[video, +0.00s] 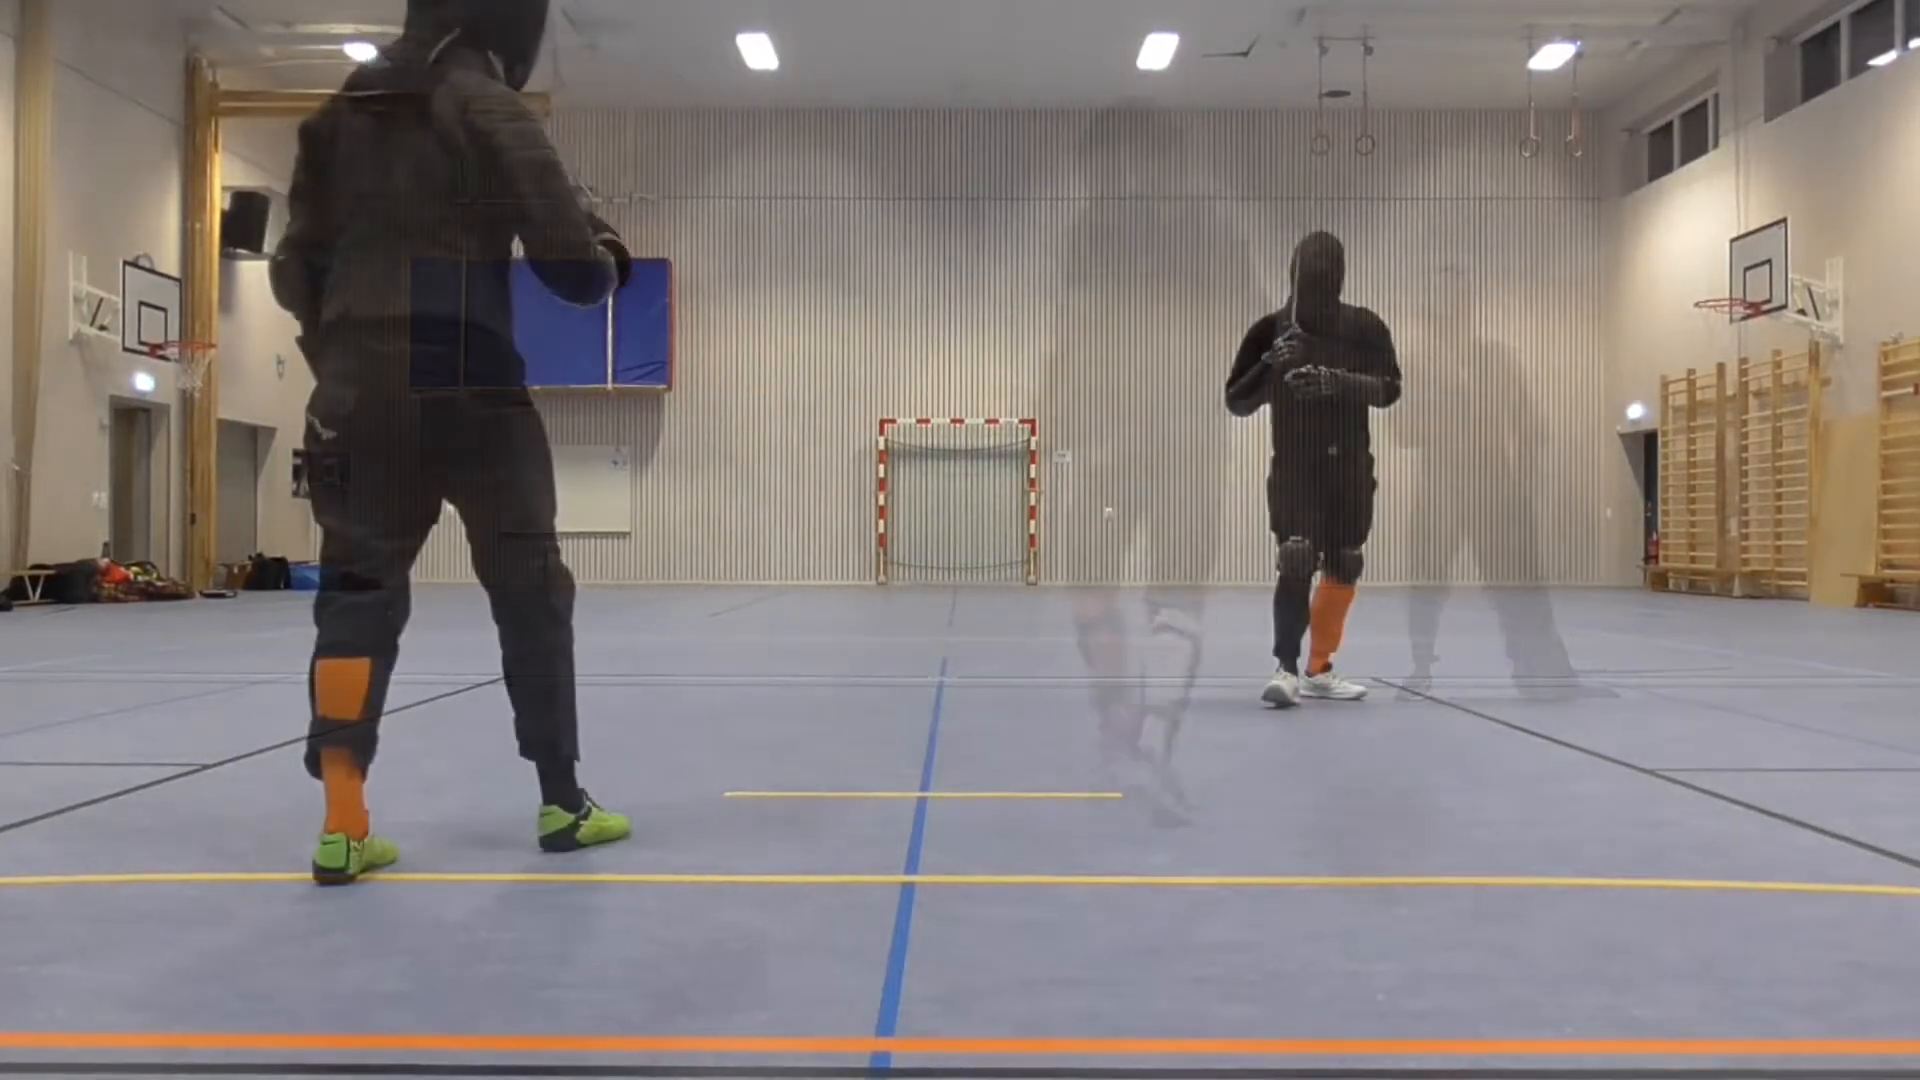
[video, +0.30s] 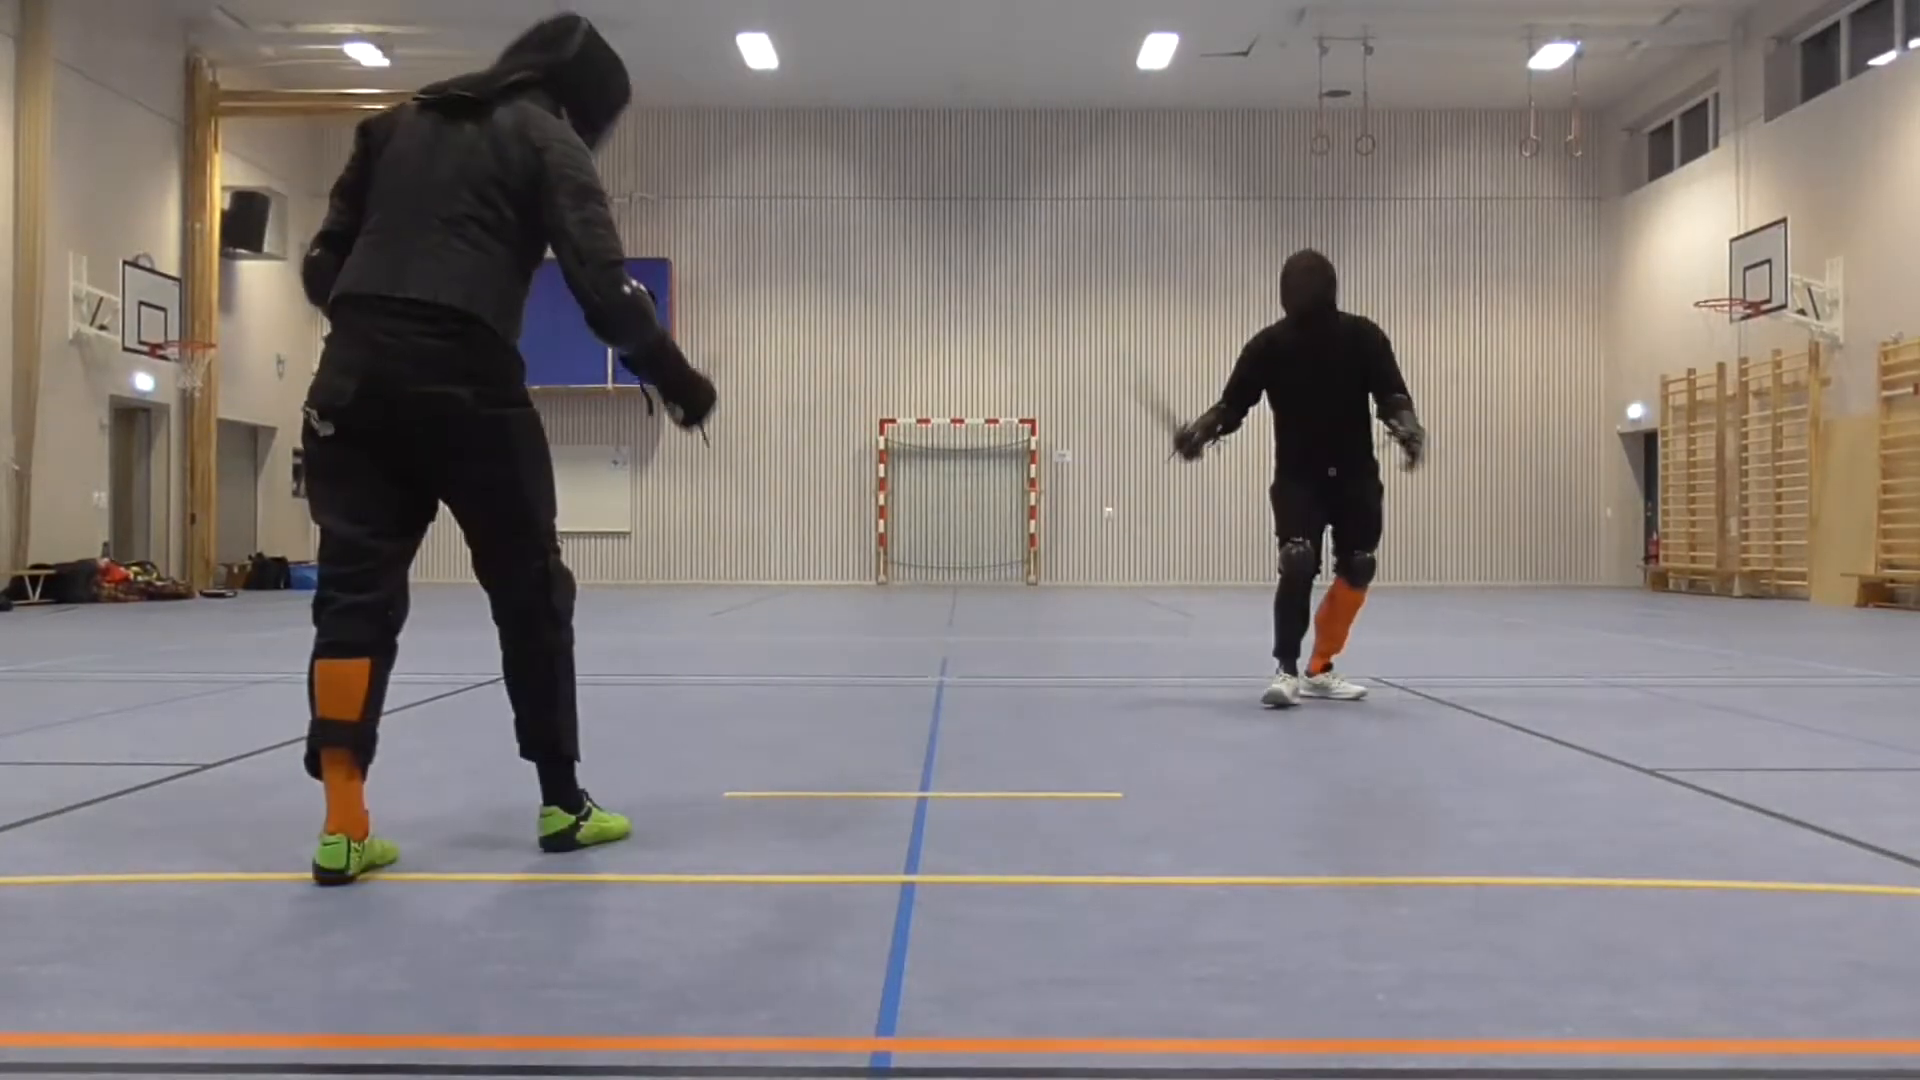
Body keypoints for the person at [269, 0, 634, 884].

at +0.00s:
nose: (534, 58)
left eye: (532, 41)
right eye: (530, 38)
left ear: (420, 21)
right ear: (502, 32)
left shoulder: (337, 119)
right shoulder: (491, 111)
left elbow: (293, 266)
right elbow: (572, 265)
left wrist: (345, 339)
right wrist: (603, 254)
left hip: (359, 396)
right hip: (476, 394)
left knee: (356, 596)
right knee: (530, 589)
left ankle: (344, 827)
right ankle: (561, 802)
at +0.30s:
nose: (594, 134)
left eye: (601, 121)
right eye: (598, 118)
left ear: (523, 66)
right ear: (574, 95)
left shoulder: (399, 123)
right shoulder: (551, 142)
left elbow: (324, 261)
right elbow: (601, 290)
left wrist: (383, 336)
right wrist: (675, 376)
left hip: (356, 375)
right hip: (468, 380)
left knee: (354, 595)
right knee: (529, 586)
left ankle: (342, 828)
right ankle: (563, 803)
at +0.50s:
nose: (630, 196)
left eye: (637, 184)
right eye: (634, 179)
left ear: (570, 116)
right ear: (616, 149)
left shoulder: (434, 142)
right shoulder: (586, 174)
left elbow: (342, 257)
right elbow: (631, 326)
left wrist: (392, 331)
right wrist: (701, 450)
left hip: (356, 371)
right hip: (469, 382)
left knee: (352, 589)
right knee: (534, 585)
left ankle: (343, 828)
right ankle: (562, 803)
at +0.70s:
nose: (641, 238)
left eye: (650, 228)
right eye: (648, 223)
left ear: (594, 148)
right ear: (634, 192)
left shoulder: (460, 153)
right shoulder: (609, 207)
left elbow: (348, 256)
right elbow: (627, 333)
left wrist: (401, 333)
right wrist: (670, 432)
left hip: (357, 372)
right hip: (475, 385)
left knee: (350, 591)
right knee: (545, 590)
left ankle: (342, 828)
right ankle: (564, 803)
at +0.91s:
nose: (645, 238)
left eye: (653, 229)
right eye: (652, 223)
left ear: (594, 149)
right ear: (637, 193)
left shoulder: (461, 156)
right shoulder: (610, 207)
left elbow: (351, 257)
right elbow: (614, 323)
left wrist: (404, 328)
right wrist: (641, 425)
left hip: (357, 371)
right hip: (474, 384)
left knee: (350, 592)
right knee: (546, 588)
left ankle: (341, 828)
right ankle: (563, 803)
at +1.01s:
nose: (641, 211)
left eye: (649, 200)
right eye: (647, 195)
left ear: (582, 130)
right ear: (628, 170)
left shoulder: (455, 146)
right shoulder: (604, 196)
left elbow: (351, 254)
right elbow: (609, 322)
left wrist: (399, 329)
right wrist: (641, 433)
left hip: (362, 373)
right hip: (476, 383)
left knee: (356, 592)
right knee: (548, 588)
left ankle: (341, 829)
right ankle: (563, 804)